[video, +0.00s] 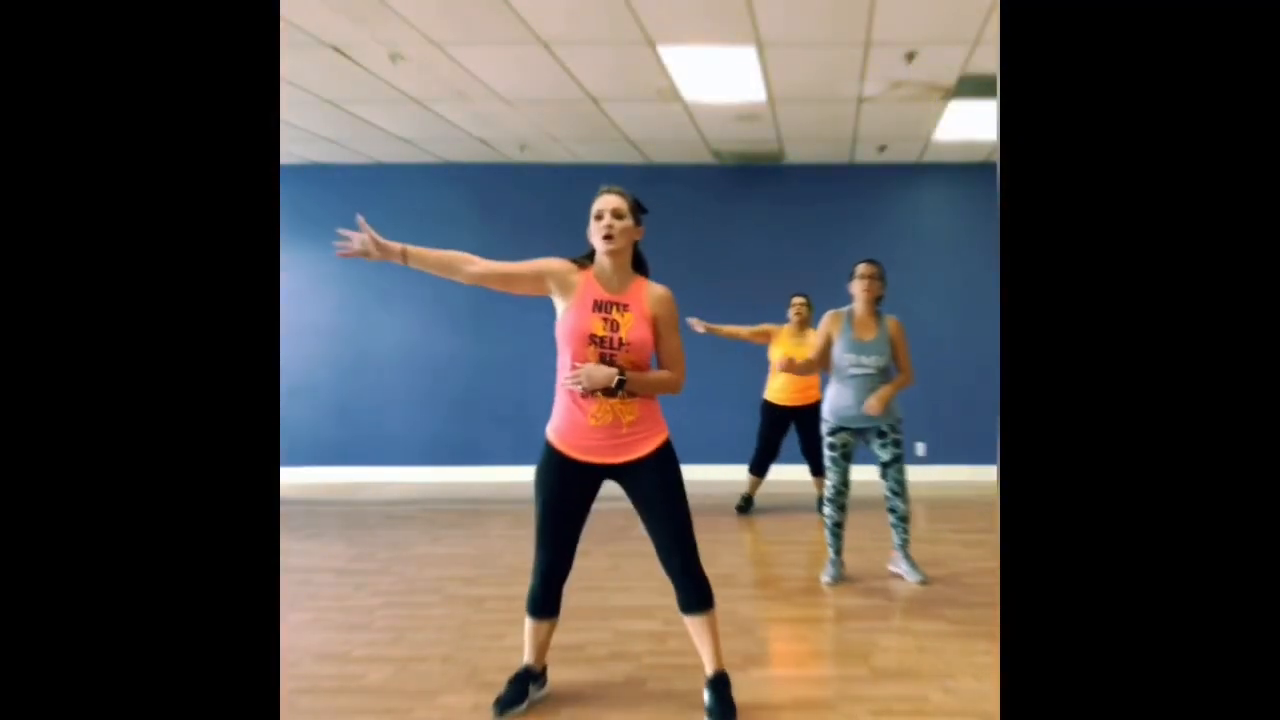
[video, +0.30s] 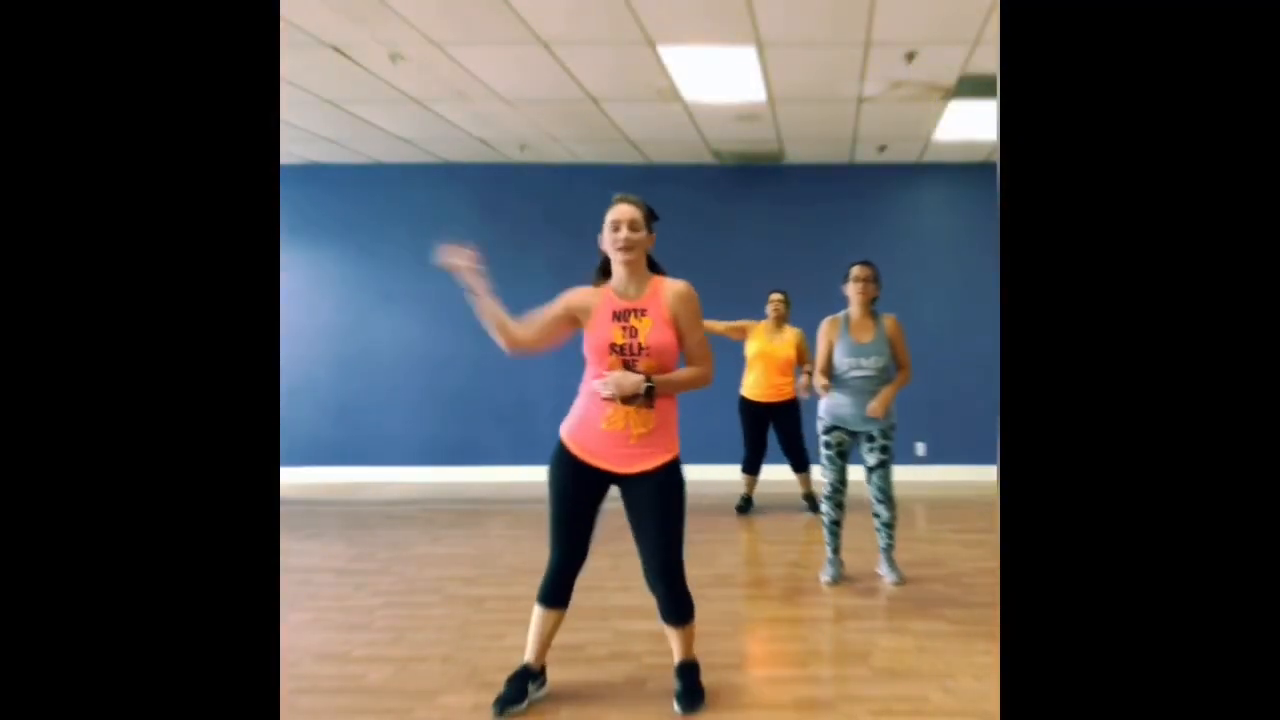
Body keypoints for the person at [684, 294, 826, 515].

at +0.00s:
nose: (798, 309)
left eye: (802, 306)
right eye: (794, 306)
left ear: (810, 313)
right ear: (788, 312)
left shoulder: (817, 338)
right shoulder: (775, 333)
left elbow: (830, 365)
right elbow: (743, 333)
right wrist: (709, 328)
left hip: (808, 402)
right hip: (776, 401)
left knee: (814, 452)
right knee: (765, 450)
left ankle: (823, 497)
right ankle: (748, 495)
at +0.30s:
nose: (775, 306)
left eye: (780, 303)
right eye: (772, 302)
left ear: (787, 309)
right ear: (766, 308)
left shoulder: (795, 335)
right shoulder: (751, 329)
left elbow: (806, 363)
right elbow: (720, 327)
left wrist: (805, 378)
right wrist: (693, 322)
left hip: (784, 399)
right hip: (753, 399)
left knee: (795, 449)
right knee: (754, 450)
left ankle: (808, 494)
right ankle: (746, 495)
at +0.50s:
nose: (769, 307)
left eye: (773, 303)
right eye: (765, 303)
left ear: (780, 309)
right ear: (759, 308)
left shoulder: (791, 334)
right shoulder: (746, 333)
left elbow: (802, 360)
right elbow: (725, 348)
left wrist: (799, 377)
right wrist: (707, 338)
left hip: (780, 398)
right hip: (750, 396)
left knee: (780, 452)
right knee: (751, 450)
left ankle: (779, 496)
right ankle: (747, 494)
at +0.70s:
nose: (769, 306)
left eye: (773, 302)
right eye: (765, 302)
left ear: (780, 308)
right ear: (759, 308)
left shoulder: (791, 333)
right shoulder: (746, 333)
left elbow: (803, 358)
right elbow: (735, 360)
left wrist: (806, 372)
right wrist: (732, 358)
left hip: (785, 398)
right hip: (753, 398)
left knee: (798, 448)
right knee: (753, 451)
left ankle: (800, 493)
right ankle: (747, 495)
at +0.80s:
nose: (774, 306)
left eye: (778, 303)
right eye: (770, 303)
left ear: (785, 309)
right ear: (763, 308)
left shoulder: (796, 332)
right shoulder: (751, 334)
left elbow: (808, 358)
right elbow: (741, 365)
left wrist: (810, 372)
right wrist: (747, 353)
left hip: (790, 399)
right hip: (758, 399)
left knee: (804, 450)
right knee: (756, 450)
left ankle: (815, 493)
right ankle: (747, 495)